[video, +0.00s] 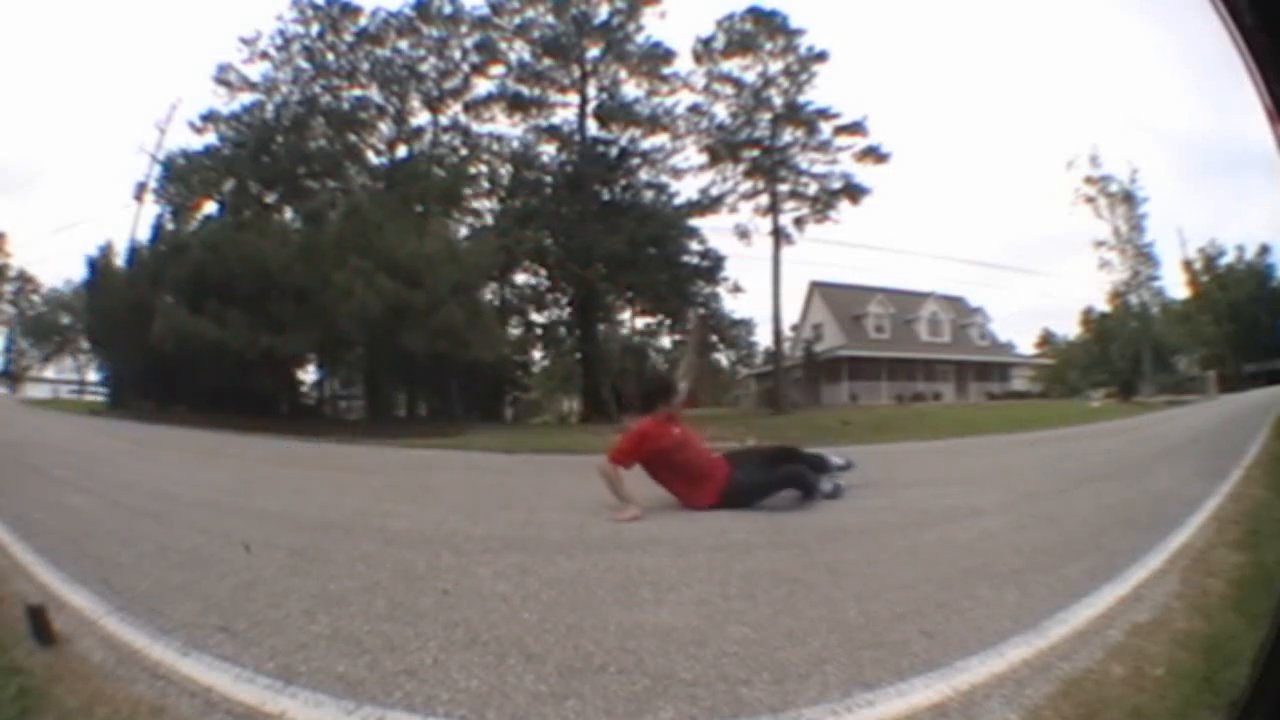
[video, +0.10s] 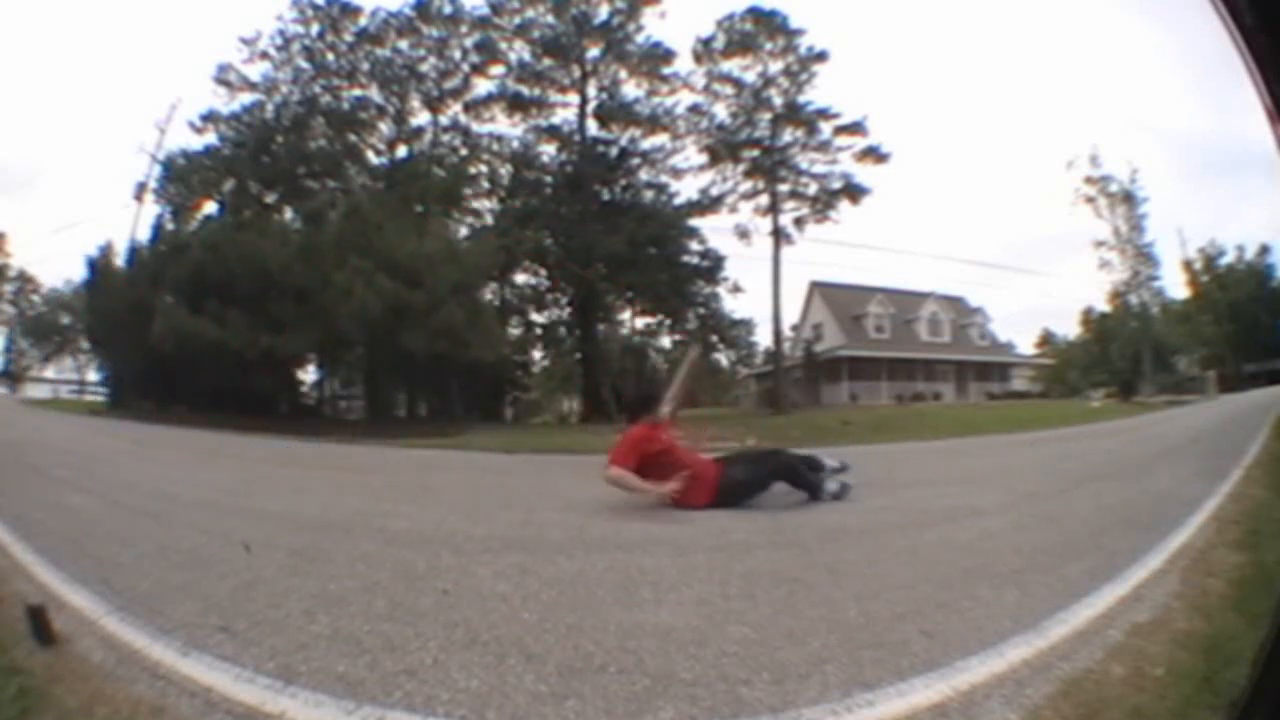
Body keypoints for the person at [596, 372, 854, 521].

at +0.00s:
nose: (682, 398)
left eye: (679, 393)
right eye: (677, 394)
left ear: (659, 399)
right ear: (666, 400)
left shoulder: (668, 418)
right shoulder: (647, 432)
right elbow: (608, 467)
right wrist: (628, 505)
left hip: (721, 466)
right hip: (717, 492)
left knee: (787, 454)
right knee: (791, 473)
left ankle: (824, 464)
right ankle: (821, 487)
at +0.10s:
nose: (660, 406)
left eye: (659, 401)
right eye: (656, 401)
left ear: (631, 408)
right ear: (649, 406)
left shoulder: (655, 427)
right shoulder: (637, 436)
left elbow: (672, 395)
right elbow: (614, 473)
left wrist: (690, 358)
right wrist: (656, 489)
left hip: (712, 470)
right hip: (709, 490)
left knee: (771, 456)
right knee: (776, 463)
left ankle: (818, 465)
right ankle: (819, 488)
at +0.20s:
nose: (643, 429)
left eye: (640, 425)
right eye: (637, 425)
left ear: (621, 431)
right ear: (627, 430)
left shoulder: (633, 449)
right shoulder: (623, 455)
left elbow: (655, 432)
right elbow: (637, 479)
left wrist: (677, 401)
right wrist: (685, 457)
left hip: (705, 475)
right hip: (706, 489)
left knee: (767, 453)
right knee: (771, 454)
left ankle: (814, 471)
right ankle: (822, 483)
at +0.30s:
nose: (619, 451)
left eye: (615, 449)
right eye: (613, 450)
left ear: (597, 461)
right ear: (605, 457)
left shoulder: (618, 474)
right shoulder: (615, 481)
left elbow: (650, 474)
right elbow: (647, 481)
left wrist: (662, 446)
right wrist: (673, 450)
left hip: (702, 475)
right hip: (702, 485)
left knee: (761, 446)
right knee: (763, 441)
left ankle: (807, 473)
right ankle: (820, 469)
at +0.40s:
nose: (603, 449)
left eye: (597, 446)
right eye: (596, 448)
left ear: (584, 466)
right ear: (590, 458)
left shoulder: (610, 478)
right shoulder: (610, 482)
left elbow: (653, 477)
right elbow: (655, 478)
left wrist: (662, 445)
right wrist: (682, 434)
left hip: (698, 481)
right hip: (699, 483)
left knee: (757, 460)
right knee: (752, 431)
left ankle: (810, 472)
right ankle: (816, 451)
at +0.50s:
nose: (599, 452)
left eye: (594, 450)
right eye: (593, 452)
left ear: (582, 468)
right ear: (586, 463)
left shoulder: (607, 479)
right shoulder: (607, 485)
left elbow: (652, 481)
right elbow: (654, 483)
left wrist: (673, 450)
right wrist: (679, 444)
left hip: (696, 480)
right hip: (696, 484)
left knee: (755, 462)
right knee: (745, 425)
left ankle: (812, 470)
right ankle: (815, 443)